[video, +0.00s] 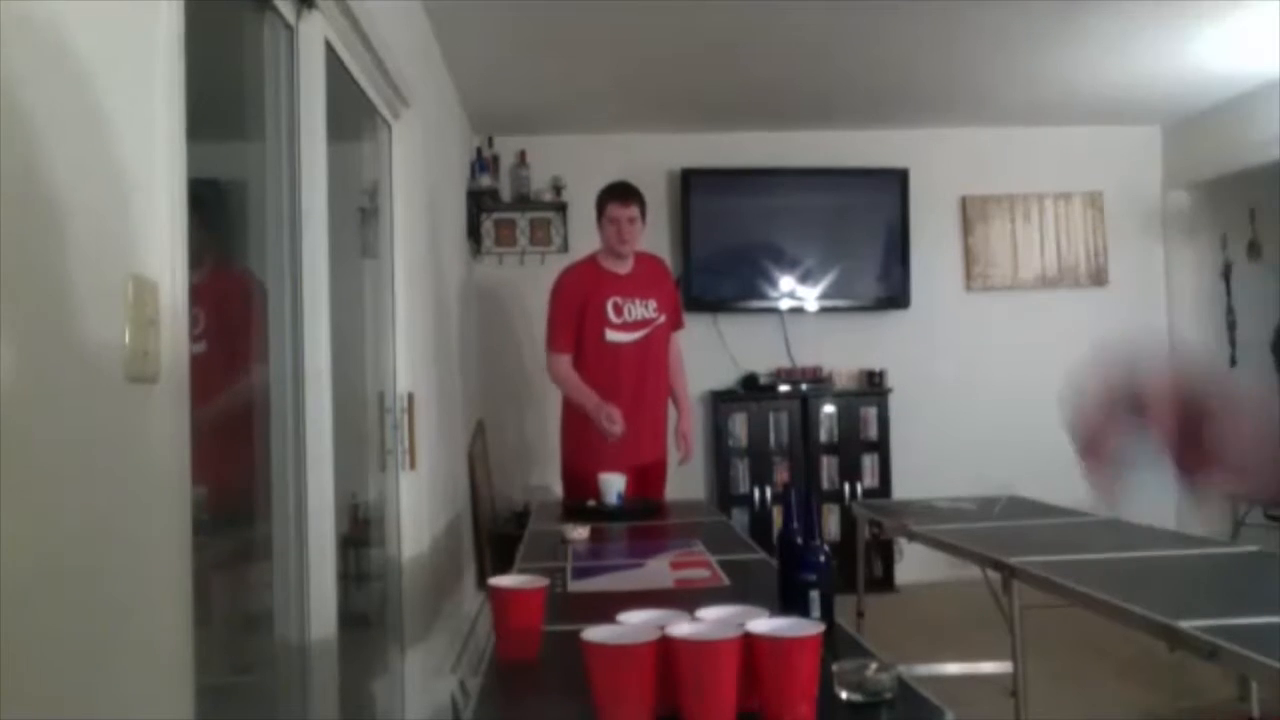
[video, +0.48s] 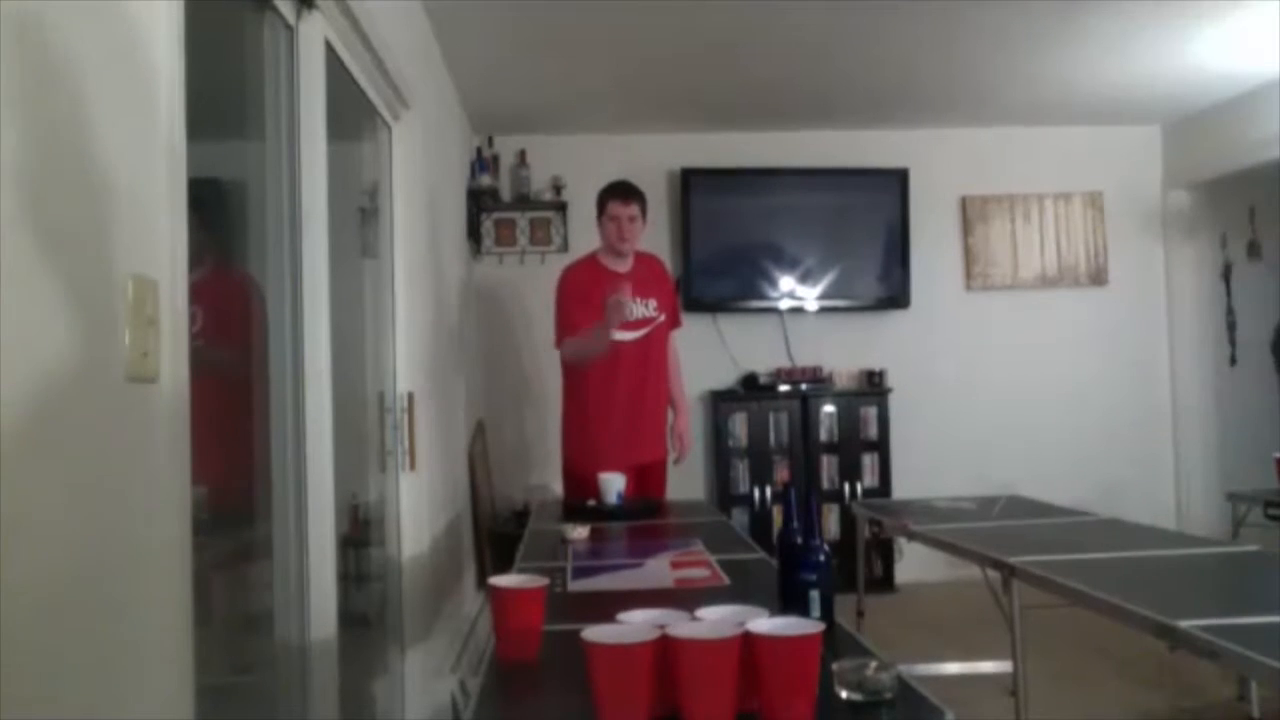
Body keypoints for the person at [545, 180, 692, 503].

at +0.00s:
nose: (623, 231)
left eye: (632, 222)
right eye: (613, 222)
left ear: (643, 225)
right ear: (599, 226)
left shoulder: (658, 274)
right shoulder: (574, 281)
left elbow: (670, 348)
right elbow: (558, 364)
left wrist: (684, 413)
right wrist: (595, 407)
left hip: (648, 440)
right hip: (592, 444)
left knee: (648, 542)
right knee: (594, 542)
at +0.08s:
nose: (623, 229)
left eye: (632, 220)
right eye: (613, 220)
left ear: (643, 224)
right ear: (599, 224)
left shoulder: (658, 272)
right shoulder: (575, 279)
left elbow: (670, 347)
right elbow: (560, 361)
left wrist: (684, 412)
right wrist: (597, 400)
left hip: (648, 439)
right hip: (592, 442)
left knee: (647, 540)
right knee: (593, 545)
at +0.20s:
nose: (623, 229)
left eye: (632, 220)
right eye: (613, 220)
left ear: (644, 225)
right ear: (599, 224)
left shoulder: (657, 272)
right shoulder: (576, 279)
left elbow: (669, 348)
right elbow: (564, 361)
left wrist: (681, 413)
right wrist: (601, 388)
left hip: (647, 438)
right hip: (593, 442)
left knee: (648, 540)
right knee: (594, 541)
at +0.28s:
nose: (624, 229)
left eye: (632, 220)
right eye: (614, 220)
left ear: (643, 225)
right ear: (599, 224)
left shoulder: (657, 272)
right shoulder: (576, 278)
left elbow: (668, 348)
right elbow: (566, 362)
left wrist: (681, 412)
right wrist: (603, 377)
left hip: (648, 439)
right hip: (593, 443)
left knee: (648, 541)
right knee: (594, 542)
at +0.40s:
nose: (623, 229)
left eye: (632, 220)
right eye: (614, 220)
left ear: (644, 225)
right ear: (599, 224)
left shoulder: (656, 272)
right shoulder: (577, 277)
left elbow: (667, 347)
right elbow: (568, 355)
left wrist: (680, 412)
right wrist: (608, 344)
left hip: (647, 435)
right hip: (593, 438)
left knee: (648, 542)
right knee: (594, 542)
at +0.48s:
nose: (623, 229)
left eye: (632, 220)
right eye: (614, 220)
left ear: (644, 225)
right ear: (599, 224)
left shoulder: (655, 271)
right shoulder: (577, 277)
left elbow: (667, 346)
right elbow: (570, 351)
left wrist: (680, 412)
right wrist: (606, 326)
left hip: (646, 433)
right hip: (593, 436)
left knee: (648, 540)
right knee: (594, 541)